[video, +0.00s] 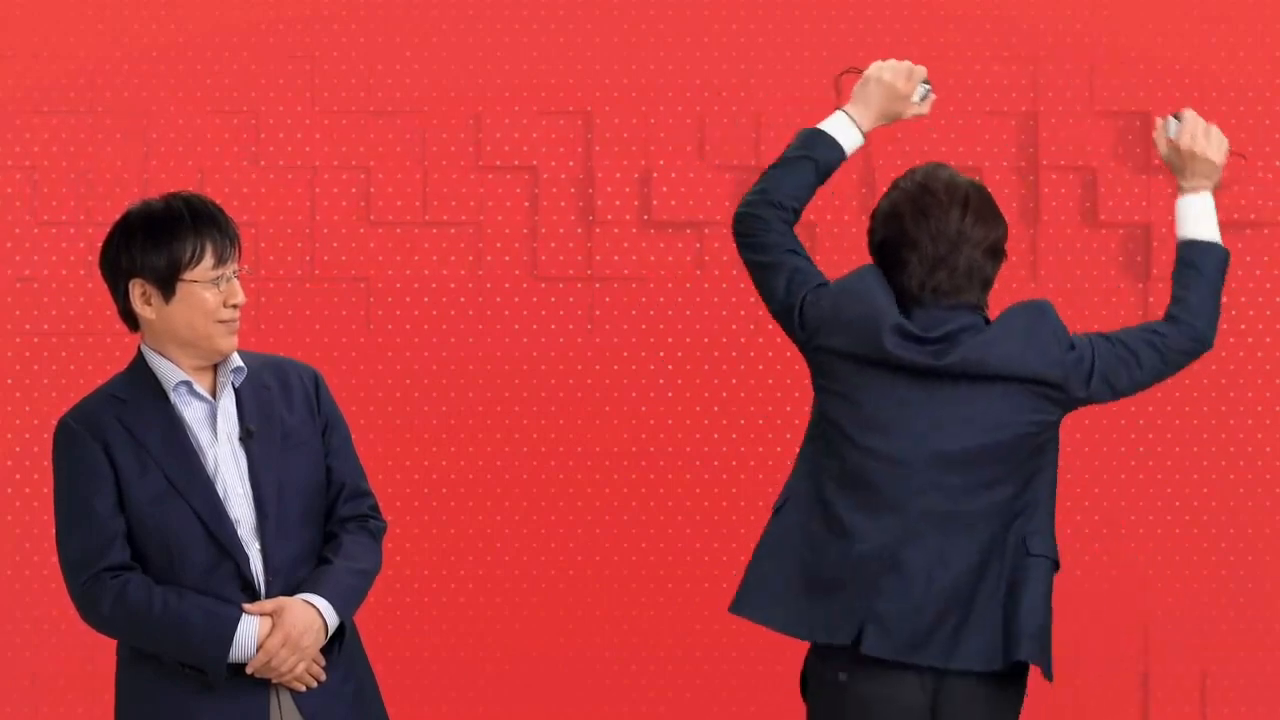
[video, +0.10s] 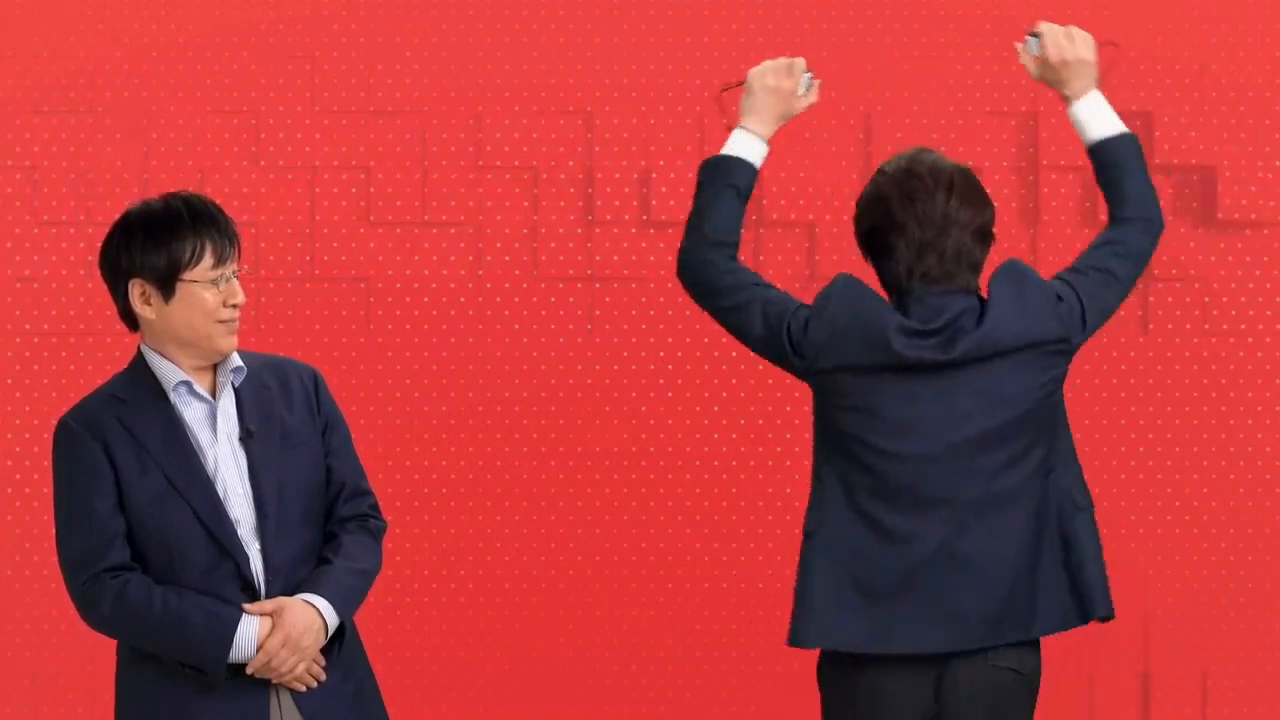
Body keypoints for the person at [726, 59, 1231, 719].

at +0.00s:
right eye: (997, 251)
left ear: (882, 258)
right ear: (991, 265)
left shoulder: (839, 333)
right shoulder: (1041, 362)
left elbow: (760, 220)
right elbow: (1190, 329)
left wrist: (853, 119)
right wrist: (1198, 190)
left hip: (855, 672)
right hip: (984, 681)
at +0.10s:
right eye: (981, 229)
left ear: (876, 258)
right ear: (982, 244)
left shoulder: (836, 340)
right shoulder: (1039, 328)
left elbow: (705, 264)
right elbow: (1138, 221)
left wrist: (753, 128)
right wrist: (1085, 94)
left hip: (869, 662)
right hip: (999, 659)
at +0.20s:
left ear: (872, 272)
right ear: (979, 256)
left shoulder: (841, 377)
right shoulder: (1028, 324)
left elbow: (677, 361)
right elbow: (1043, 182)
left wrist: (666, 221)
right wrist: (933, 94)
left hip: (890, 686)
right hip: (1014, 671)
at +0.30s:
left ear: (872, 275)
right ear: (982, 258)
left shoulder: (835, 379)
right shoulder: (1029, 333)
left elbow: (675, 359)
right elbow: (1046, 191)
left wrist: (660, 220)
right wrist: (927, 115)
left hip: (882, 688)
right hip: (1007, 676)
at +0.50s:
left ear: (889, 250)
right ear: (1003, 270)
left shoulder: (836, 315)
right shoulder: (1039, 362)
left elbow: (747, 199)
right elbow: (1180, 295)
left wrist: (829, 90)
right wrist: (1157, 151)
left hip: (817, 655)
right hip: (945, 670)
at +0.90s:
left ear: (886, 252)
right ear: (999, 250)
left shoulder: (833, 330)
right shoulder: (1041, 336)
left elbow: (700, 249)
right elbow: (1140, 226)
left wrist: (740, 118)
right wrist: (1062, 100)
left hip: (840, 662)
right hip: (967, 664)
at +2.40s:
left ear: (874, 278)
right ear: (981, 259)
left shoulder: (835, 369)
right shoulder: (1038, 336)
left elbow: (693, 309)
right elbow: (1106, 203)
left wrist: (713, 168)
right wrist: (1005, 103)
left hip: (886, 679)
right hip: (1016, 673)